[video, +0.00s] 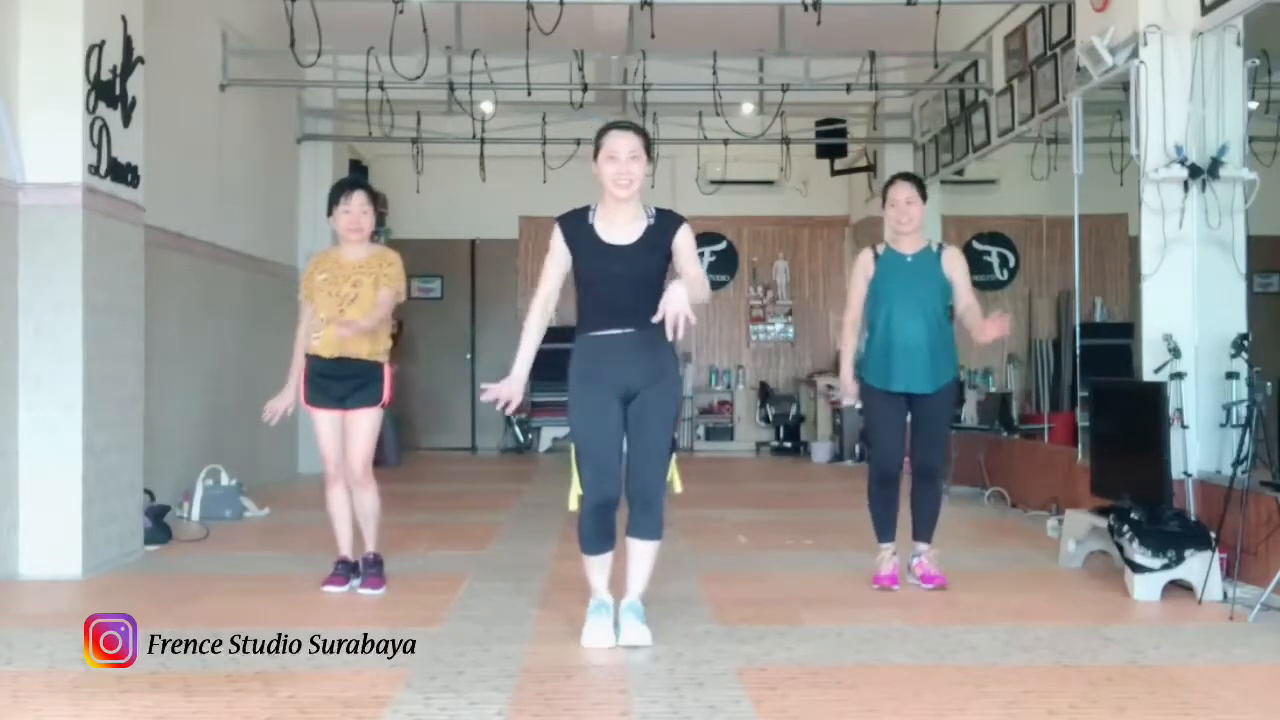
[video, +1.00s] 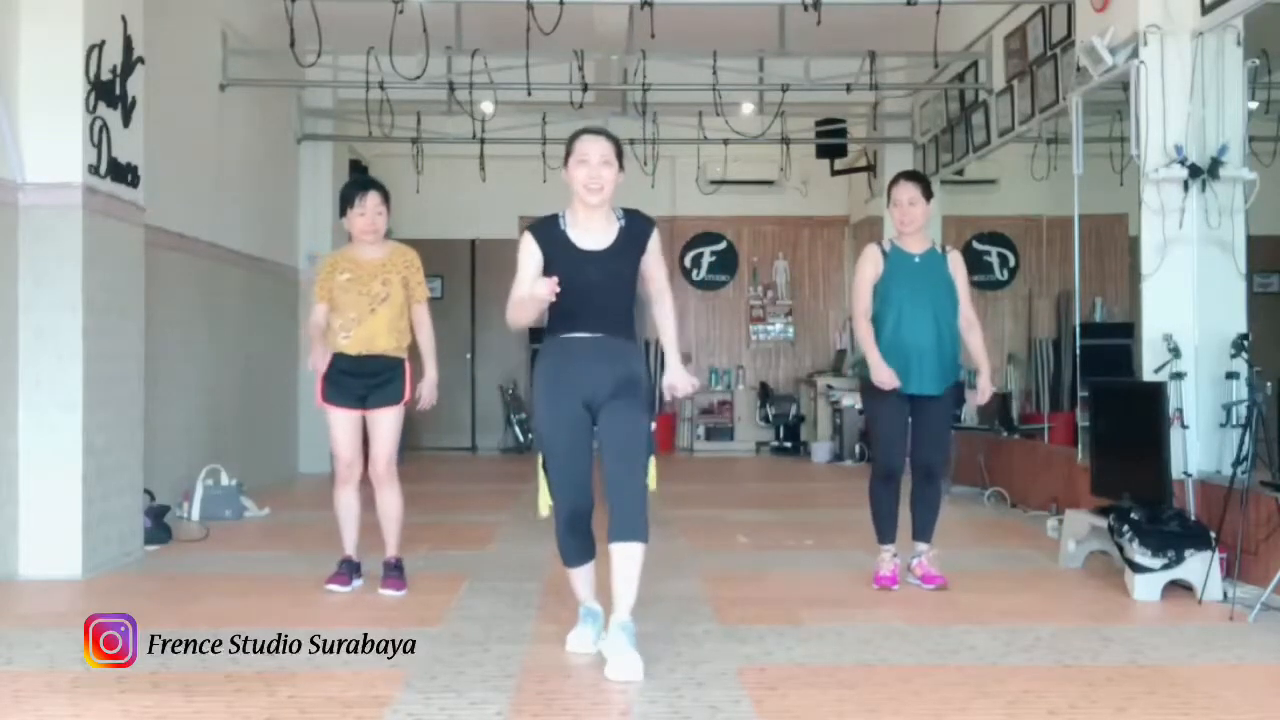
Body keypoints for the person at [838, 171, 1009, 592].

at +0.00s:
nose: (902, 211)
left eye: (910, 203)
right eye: (894, 204)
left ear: (924, 208)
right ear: (884, 212)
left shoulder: (948, 257)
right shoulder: (870, 260)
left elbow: (968, 308)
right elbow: (852, 320)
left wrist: (982, 329)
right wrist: (846, 372)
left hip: (936, 381)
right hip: (882, 381)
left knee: (930, 466)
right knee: (884, 465)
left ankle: (923, 553)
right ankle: (887, 552)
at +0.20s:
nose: (907, 213)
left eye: (915, 205)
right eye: (899, 206)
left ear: (930, 210)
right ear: (890, 212)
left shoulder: (952, 260)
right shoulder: (874, 261)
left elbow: (967, 312)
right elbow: (862, 322)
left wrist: (985, 354)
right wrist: (861, 377)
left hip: (941, 384)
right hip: (888, 384)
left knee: (932, 468)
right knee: (894, 467)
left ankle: (923, 555)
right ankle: (888, 551)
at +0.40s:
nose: (909, 212)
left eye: (917, 203)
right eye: (901, 205)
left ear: (932, 208)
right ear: (891, 212)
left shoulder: (955, 258)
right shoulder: (877, 260)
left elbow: (971, 318)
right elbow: (860, 321)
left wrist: (990, 373)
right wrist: (851, 375)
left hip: (943, 383)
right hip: (890, 383)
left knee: (933, 467)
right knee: (896, 466)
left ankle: (923, 554)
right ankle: (889, 551)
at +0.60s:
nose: (908, 215)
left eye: (916, 206)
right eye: (900, 207)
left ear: (932, 211)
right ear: (891, 213)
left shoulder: (954, 263)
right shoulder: (875, 261)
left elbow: (973, 324)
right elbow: (857, 321)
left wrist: (991, 375)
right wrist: (851, 375)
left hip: (944, 387)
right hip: (890, 386)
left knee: (934, 469)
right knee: (896, 467)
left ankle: (923, 556)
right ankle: (888, 553)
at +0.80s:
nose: (905, 211)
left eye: (914, 202)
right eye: (898, 203)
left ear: (930, 207)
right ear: (889, 209)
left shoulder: (952, 258)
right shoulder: (876, 256)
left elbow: (968, 319)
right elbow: (859, 318)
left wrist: (985, 372)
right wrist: (864, 371)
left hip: (942, 382)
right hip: (890, 381)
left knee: (932, 467)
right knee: (889, 466)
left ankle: (922, 554)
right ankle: (886, 553)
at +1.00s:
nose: (903, 212)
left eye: (912, 203)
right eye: (896, 204)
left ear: (929, 208)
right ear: (888, 210)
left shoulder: (951, 260)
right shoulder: (874, 256)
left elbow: (967, 319)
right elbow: (860, 316)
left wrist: (983, 369)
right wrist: (876, 362)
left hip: (939, 383)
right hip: (888, 381)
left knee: (931, 468)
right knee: (887, 466)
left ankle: (922, 554)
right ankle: (887, 553)